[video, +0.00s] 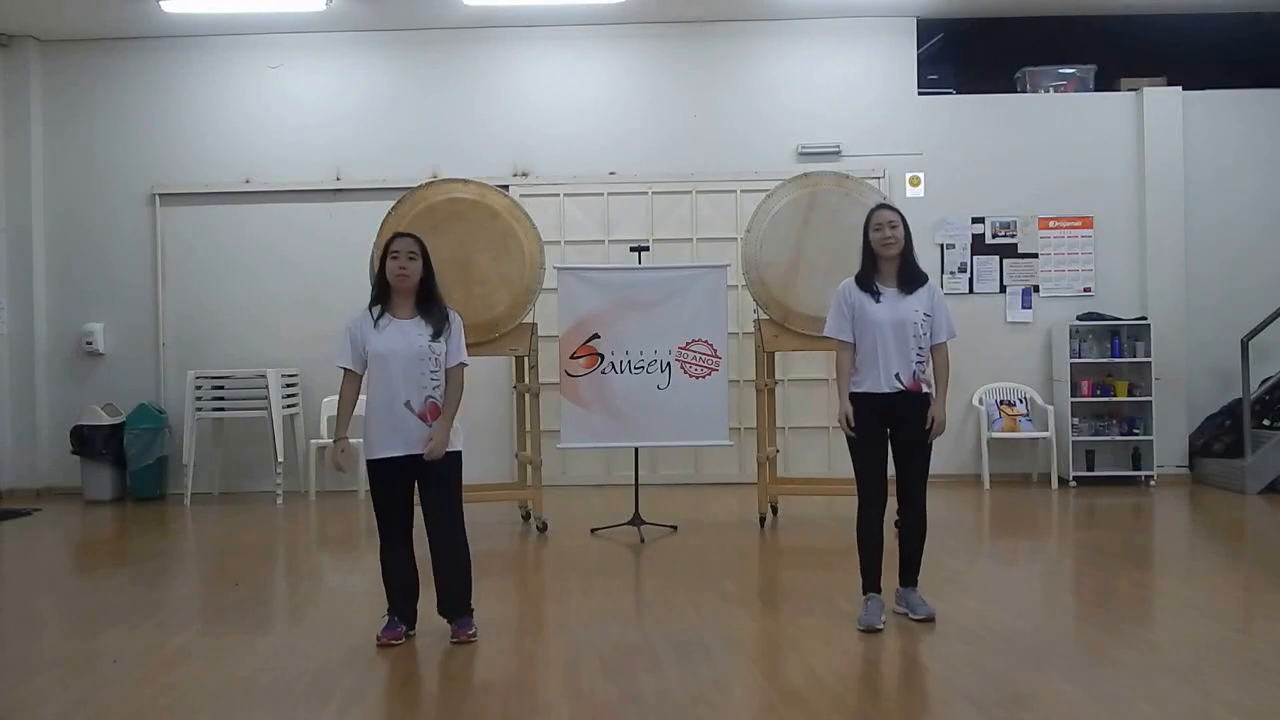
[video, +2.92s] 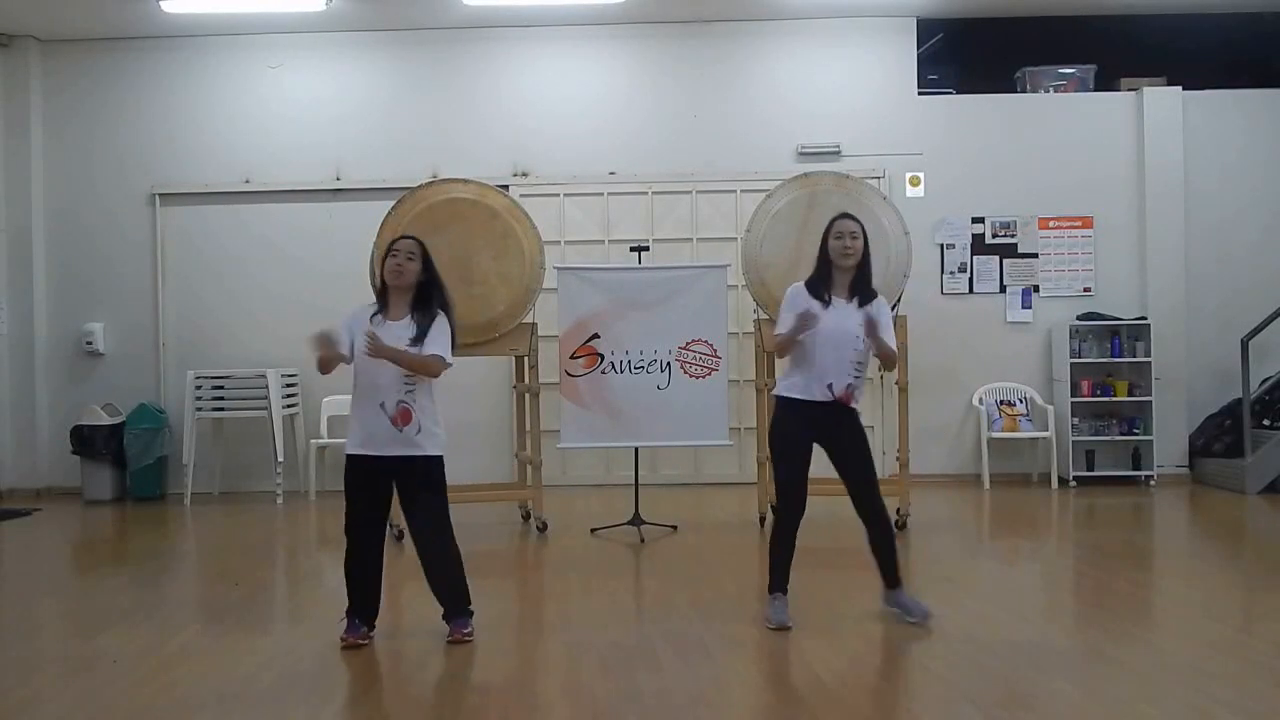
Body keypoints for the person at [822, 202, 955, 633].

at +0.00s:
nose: (887, 233)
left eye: (893, 226)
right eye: (878, 228)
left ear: (906, 234)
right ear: (867, 238)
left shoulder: (925, 288)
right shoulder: (851, 290)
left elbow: (939, 349)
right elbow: (844, 349)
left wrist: (940, 401)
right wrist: (843, 399)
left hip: (914, 404)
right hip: (866, 404)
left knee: (913, 501)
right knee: (871, 501)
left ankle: (908, 590)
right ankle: (871, 597)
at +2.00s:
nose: (872, 231)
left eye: (879, 224)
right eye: (864, 225)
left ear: (892, 232)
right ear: (853, 236)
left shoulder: (910, 289)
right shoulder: (835, 290)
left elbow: (924, 346)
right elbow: (823, 348)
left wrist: (934, 395)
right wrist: (819, 400)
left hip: (897, 405)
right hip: (847, 406)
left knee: (905, 499)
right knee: (843, 499)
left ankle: (914, 593)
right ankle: (836, 591)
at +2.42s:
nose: (882, 241)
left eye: (889, 234)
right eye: (874, 236)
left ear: (902, 241)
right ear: (863, 245)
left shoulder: (922, 296)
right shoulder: (846, 300)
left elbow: (951, 352)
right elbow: (830, 357)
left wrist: (973, 348)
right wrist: (797, 354)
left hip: (913, 412)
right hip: (862, 413)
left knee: (920, 506)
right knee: (859, 507)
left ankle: (915, 594)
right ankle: (864, 584)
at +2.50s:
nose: (881, 243)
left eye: (888, 236)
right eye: (873, 238)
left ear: (902, 243)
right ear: (862, 247)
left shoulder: (921, 295)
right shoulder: (845, 298)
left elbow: (953, 344)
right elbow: (820, 348)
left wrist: (964, 313)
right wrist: (798, 327)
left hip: (910, 413)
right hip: (860, 414)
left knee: (917, 507)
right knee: (851, 506)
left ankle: (915, 594)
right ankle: (866, 582)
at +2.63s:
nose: (874, 236)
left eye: (882, 229)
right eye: (866, 230)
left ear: (894, 237)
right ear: (855, 240)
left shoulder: (909, 288)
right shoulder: (839, 288)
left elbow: (925, 325)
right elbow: (814, 326)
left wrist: (919, 275)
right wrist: (806, 281)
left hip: (900, 407)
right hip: (850, 406)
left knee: (908, 504)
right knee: (828, 500)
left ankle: (915, 594)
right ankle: (823, 589)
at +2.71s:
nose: (865, 234)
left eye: (872, 228)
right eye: (857, 229)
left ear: (886, 236)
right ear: (847, 240)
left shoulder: (903, 287)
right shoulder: (835, 285)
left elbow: (899, 328)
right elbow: (815, 323)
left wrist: (879, 285)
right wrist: (822, 277)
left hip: (885, 405)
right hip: (835, 404)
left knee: (900, 502)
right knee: (815, 500)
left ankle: (914, 595)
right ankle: (787, 595)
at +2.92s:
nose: (846, 243)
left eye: (854, 237)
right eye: (838, 237)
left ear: (864, 247)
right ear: (825, 245)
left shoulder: (874, 303)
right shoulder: (800, 293)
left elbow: (890, 362)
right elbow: (777, 349)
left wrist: (874, 338)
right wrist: (797, 331)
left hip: (841, 413)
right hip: (794, 409)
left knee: (873, 507)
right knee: (790, 508)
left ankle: (894, 591)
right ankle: (777, 597)